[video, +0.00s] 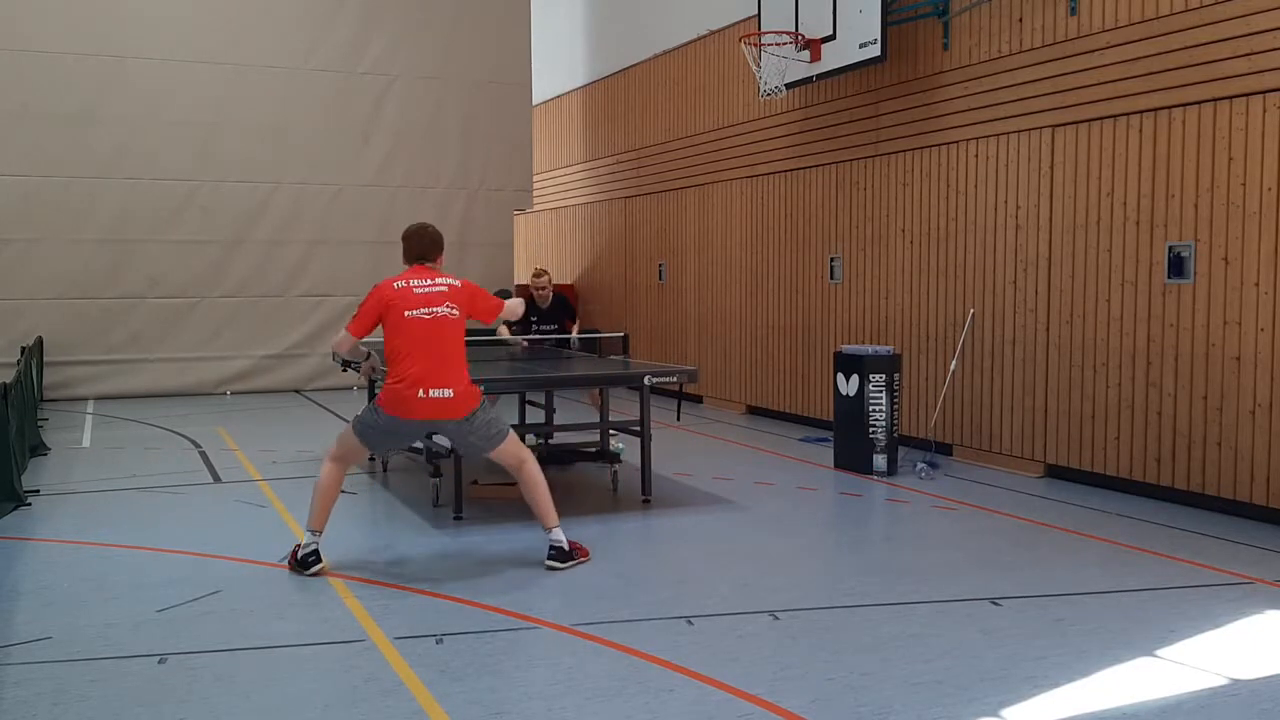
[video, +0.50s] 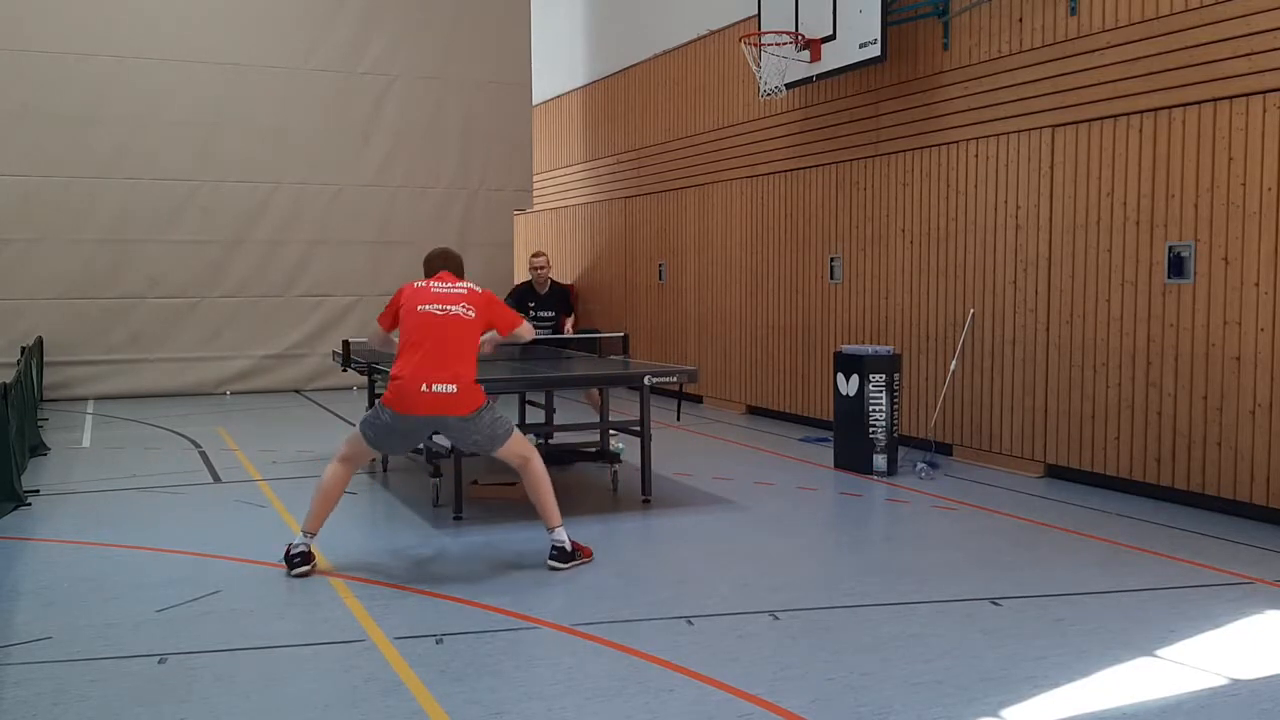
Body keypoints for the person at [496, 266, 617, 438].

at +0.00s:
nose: (540, 293)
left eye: (543, 289)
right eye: (536, 289)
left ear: (551, 287)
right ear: (530, 288)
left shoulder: (560, 300)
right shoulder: (524, 305)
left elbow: (575, 320)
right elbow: (501, 328)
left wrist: (574, 334)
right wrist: (512, 340)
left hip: (561, 355)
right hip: (531, 355)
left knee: (591, 382)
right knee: (496, 379)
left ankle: (607, 427)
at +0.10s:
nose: (545, 287)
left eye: (549, 282)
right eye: (541, 283)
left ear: (556, 281)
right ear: (535, 282)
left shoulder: (565, 296)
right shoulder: (527, 298)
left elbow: (573, 319)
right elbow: (514, 318)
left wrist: (575, 334)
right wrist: (527, 325)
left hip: (562, 349)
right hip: (532, 349)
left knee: (590, 377)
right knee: (502, 373)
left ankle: (606, 424)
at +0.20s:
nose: (547, 274)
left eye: (551, 270)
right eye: (543, 271)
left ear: (557, 271)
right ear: (537, 271)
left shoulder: (566, 291)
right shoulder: (527, 290)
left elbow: (571, 315)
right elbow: (512, 307)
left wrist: (574, 326)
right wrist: (513, 310)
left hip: (561, 349)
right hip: (532, 349)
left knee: (589, 380)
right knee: (501, 369)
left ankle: (606, 428)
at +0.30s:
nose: (546, 269)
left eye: (550, 265)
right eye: (543, 266)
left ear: (557, 266)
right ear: (536, 267)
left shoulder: (566, 290)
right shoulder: (527, 287)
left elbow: (570, 315)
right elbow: (507, 303)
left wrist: (572, 325)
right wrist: (511, 309)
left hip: (560, 350)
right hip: (531, 350)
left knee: (588, 378)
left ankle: (607, 427)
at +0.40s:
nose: (543, 270)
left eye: (547, 267)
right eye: (539, 267)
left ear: (553, 268)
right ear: (533, 269)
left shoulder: (564, 291)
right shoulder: (524, 289)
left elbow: (569, 315)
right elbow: (503, 306)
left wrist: (570, 326)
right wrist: (508, 313)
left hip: (558, 350)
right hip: (529, 350)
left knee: (588, 380)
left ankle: (607, 427)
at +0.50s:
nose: (539, 272)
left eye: (543, 268)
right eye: (535, 268)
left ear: (549, 269)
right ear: (529, 271)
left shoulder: (562, 291)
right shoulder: (520, 291)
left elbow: (570, 314)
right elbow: (502, 314)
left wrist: (568, 323)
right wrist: (519, 326)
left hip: (558, 351)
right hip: (527, 350)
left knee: (588, 380)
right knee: (495, 375)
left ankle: (608, 429)